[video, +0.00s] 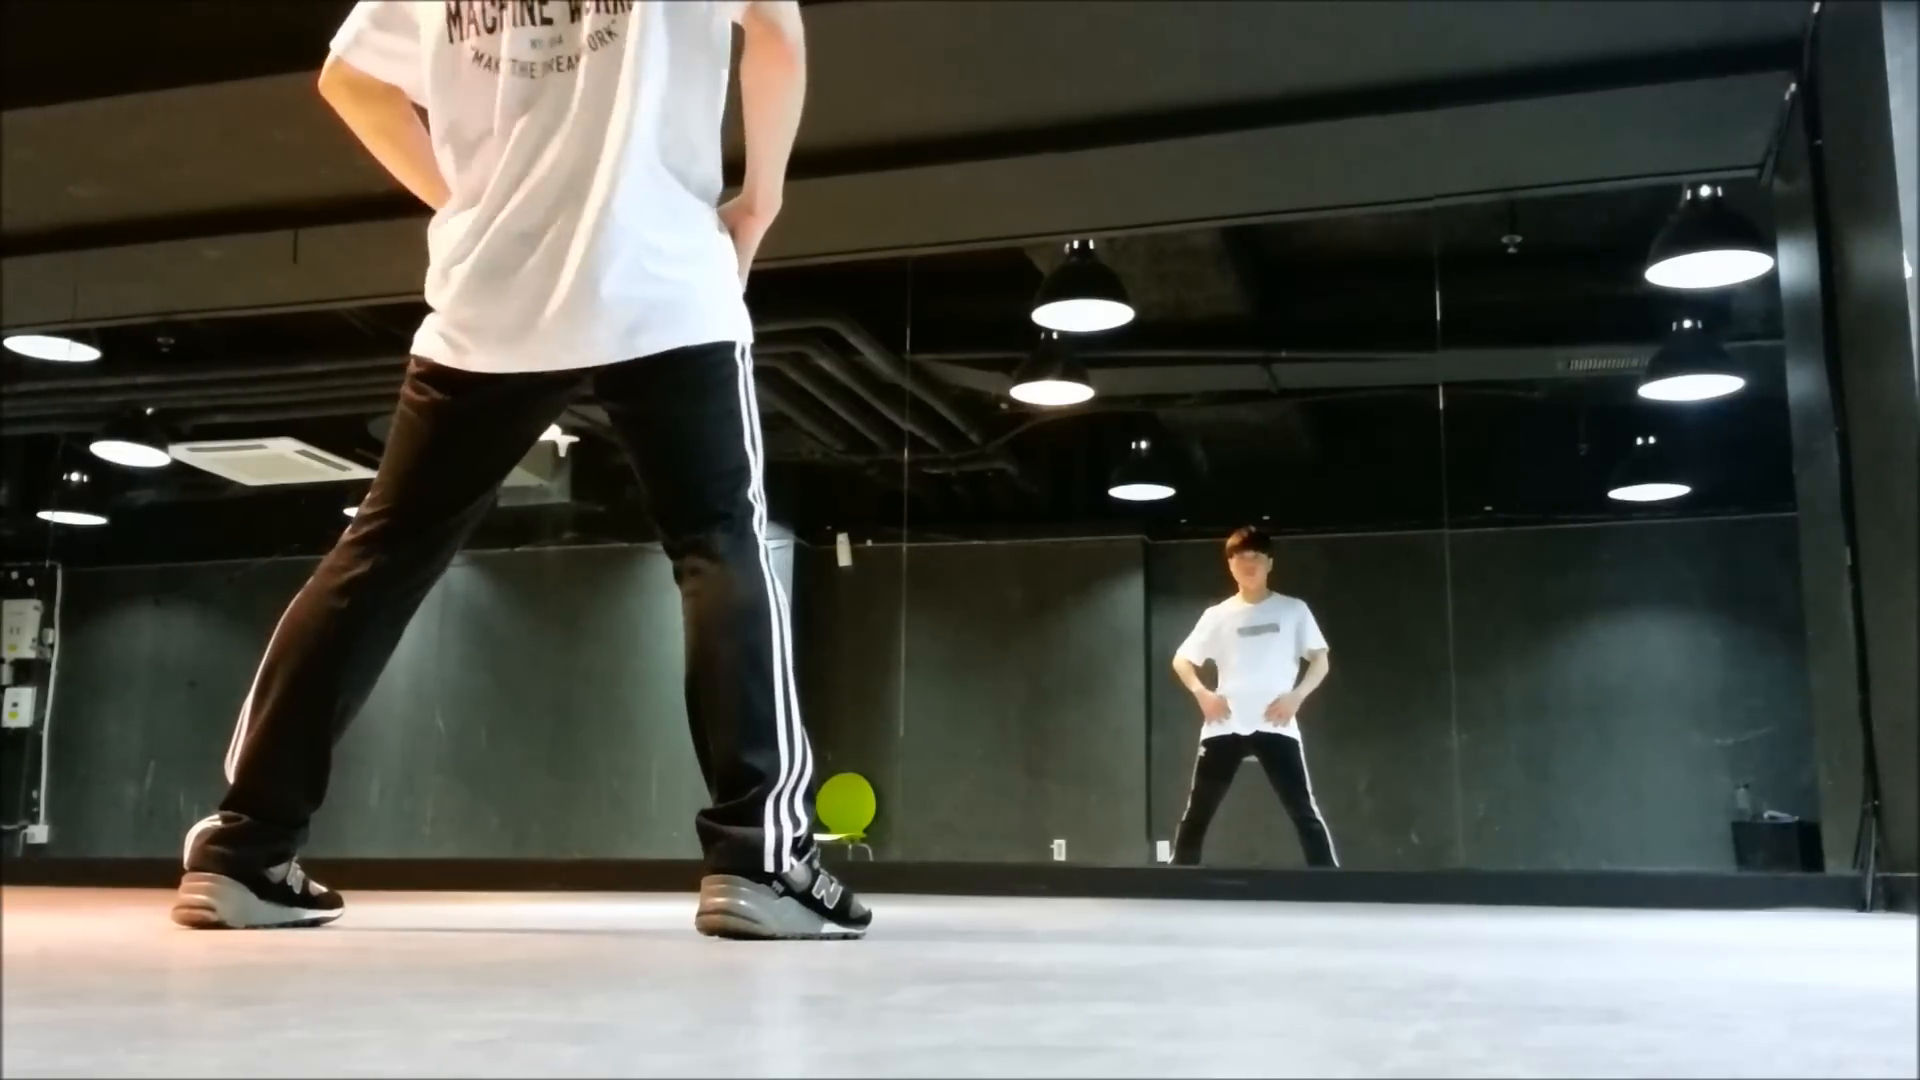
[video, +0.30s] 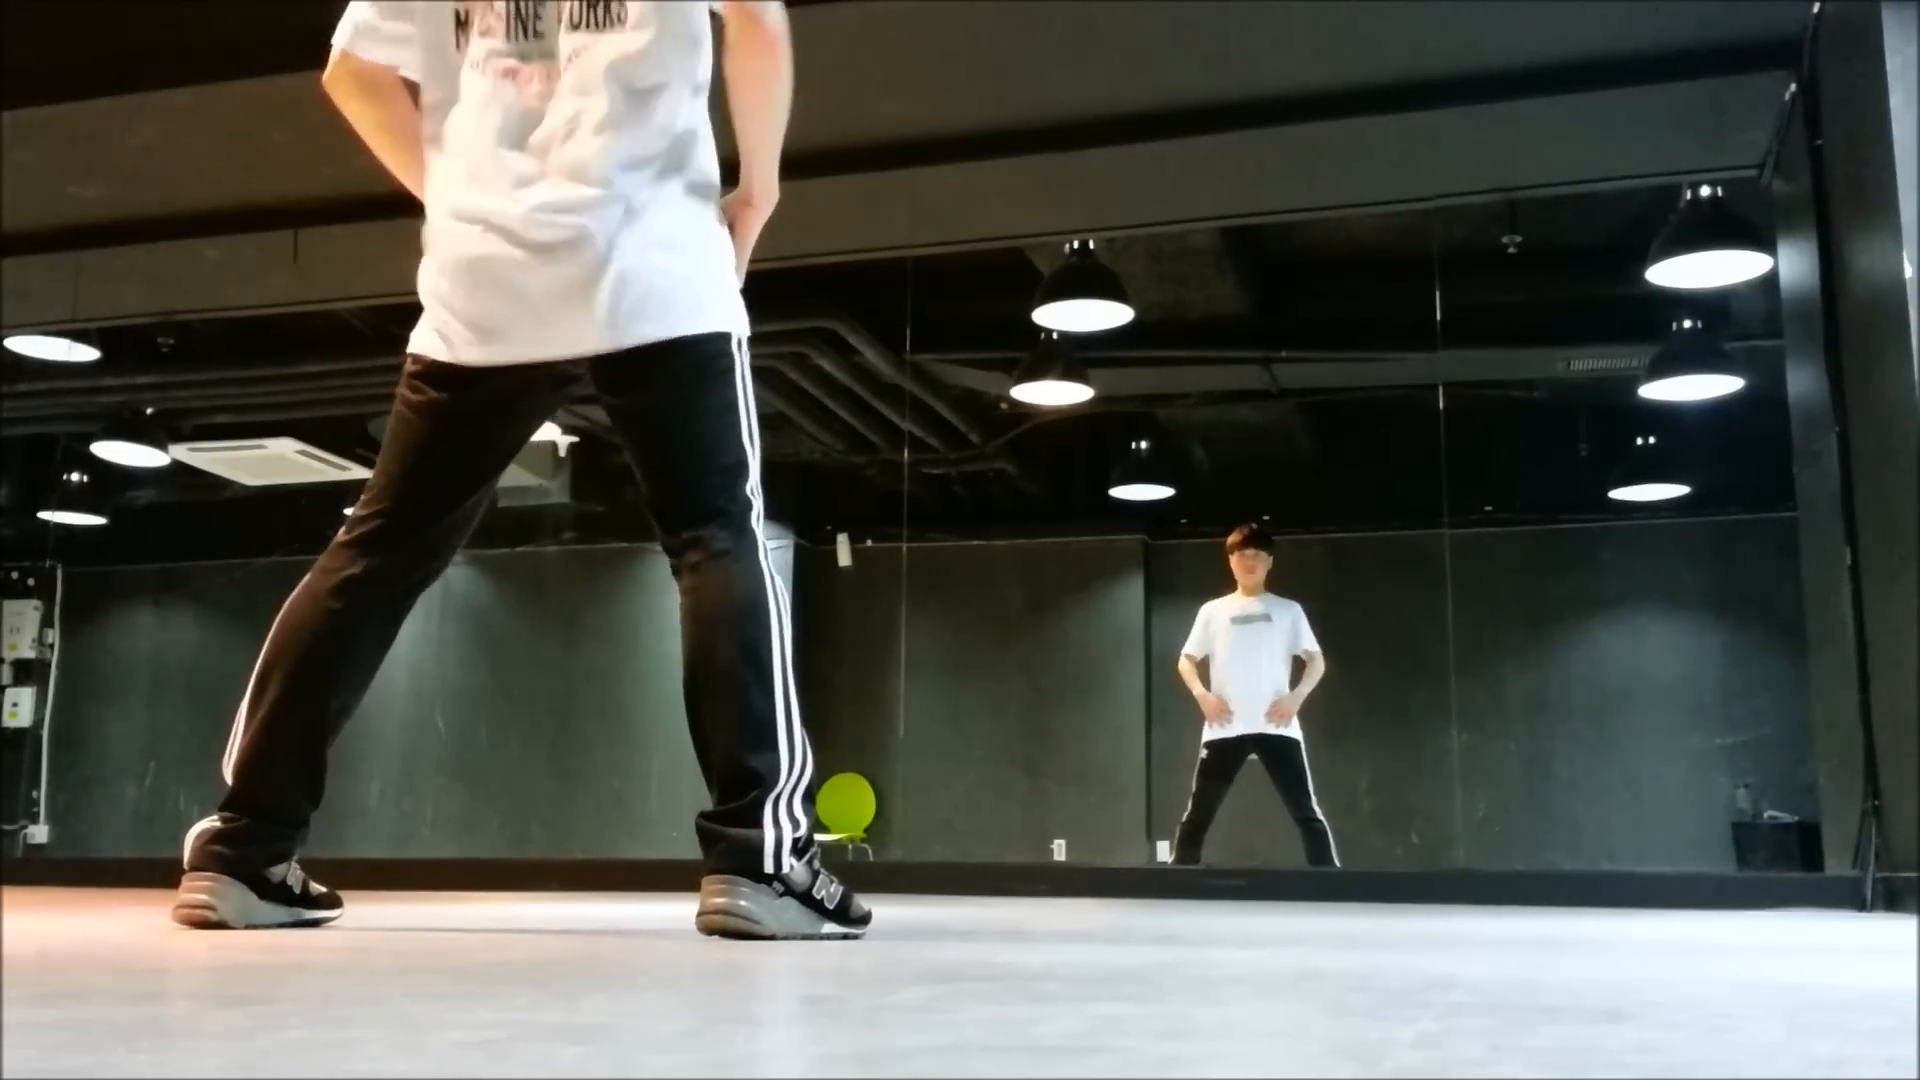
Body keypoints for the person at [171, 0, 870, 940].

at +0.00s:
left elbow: (353, 75)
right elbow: (773, 28)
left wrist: (466, 201)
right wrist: (758, 196)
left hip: (490, 270)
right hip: (658, 266)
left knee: (383, 550)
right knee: (722, 549)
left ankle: (242, 843)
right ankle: (760, 854)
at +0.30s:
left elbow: (357, 67)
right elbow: (756, 20)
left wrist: (464, 196)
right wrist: (757, 189)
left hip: (486, 256)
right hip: (657, 258)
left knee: (379, 550)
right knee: (719, 544)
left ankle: (241, 844)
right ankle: (760, 854)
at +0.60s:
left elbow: (339, 85)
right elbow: (779, 24)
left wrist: (461, 197)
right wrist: (765, 188)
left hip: (488, 278)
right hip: (657, 266)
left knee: (385, 555)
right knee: (720, 544)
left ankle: (242, 844)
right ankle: (759, 854)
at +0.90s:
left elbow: (343, 75)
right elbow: (766, 17)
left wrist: (459, 197)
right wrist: (762, 186)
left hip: (482, 256)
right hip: (653, 252)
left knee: (373, 551)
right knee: (712, 540)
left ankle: (239, 848)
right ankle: (760, 854)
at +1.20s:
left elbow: (371, 73)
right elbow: (739, 30)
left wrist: (459, 212)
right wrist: (758, 199)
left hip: (487, 271)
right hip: (653, 262)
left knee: (367, 557)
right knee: (714, 551)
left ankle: (238, 847)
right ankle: (760, 854)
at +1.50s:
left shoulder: (462, 11)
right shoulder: (695, 4)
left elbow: (368, 121)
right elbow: (801, 48)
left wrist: (460, 261)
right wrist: (774, 238)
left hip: (486, 308)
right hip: (647, 305)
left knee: (436, 618)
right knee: (717, 605)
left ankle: (197, 836)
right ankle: (815, 855)